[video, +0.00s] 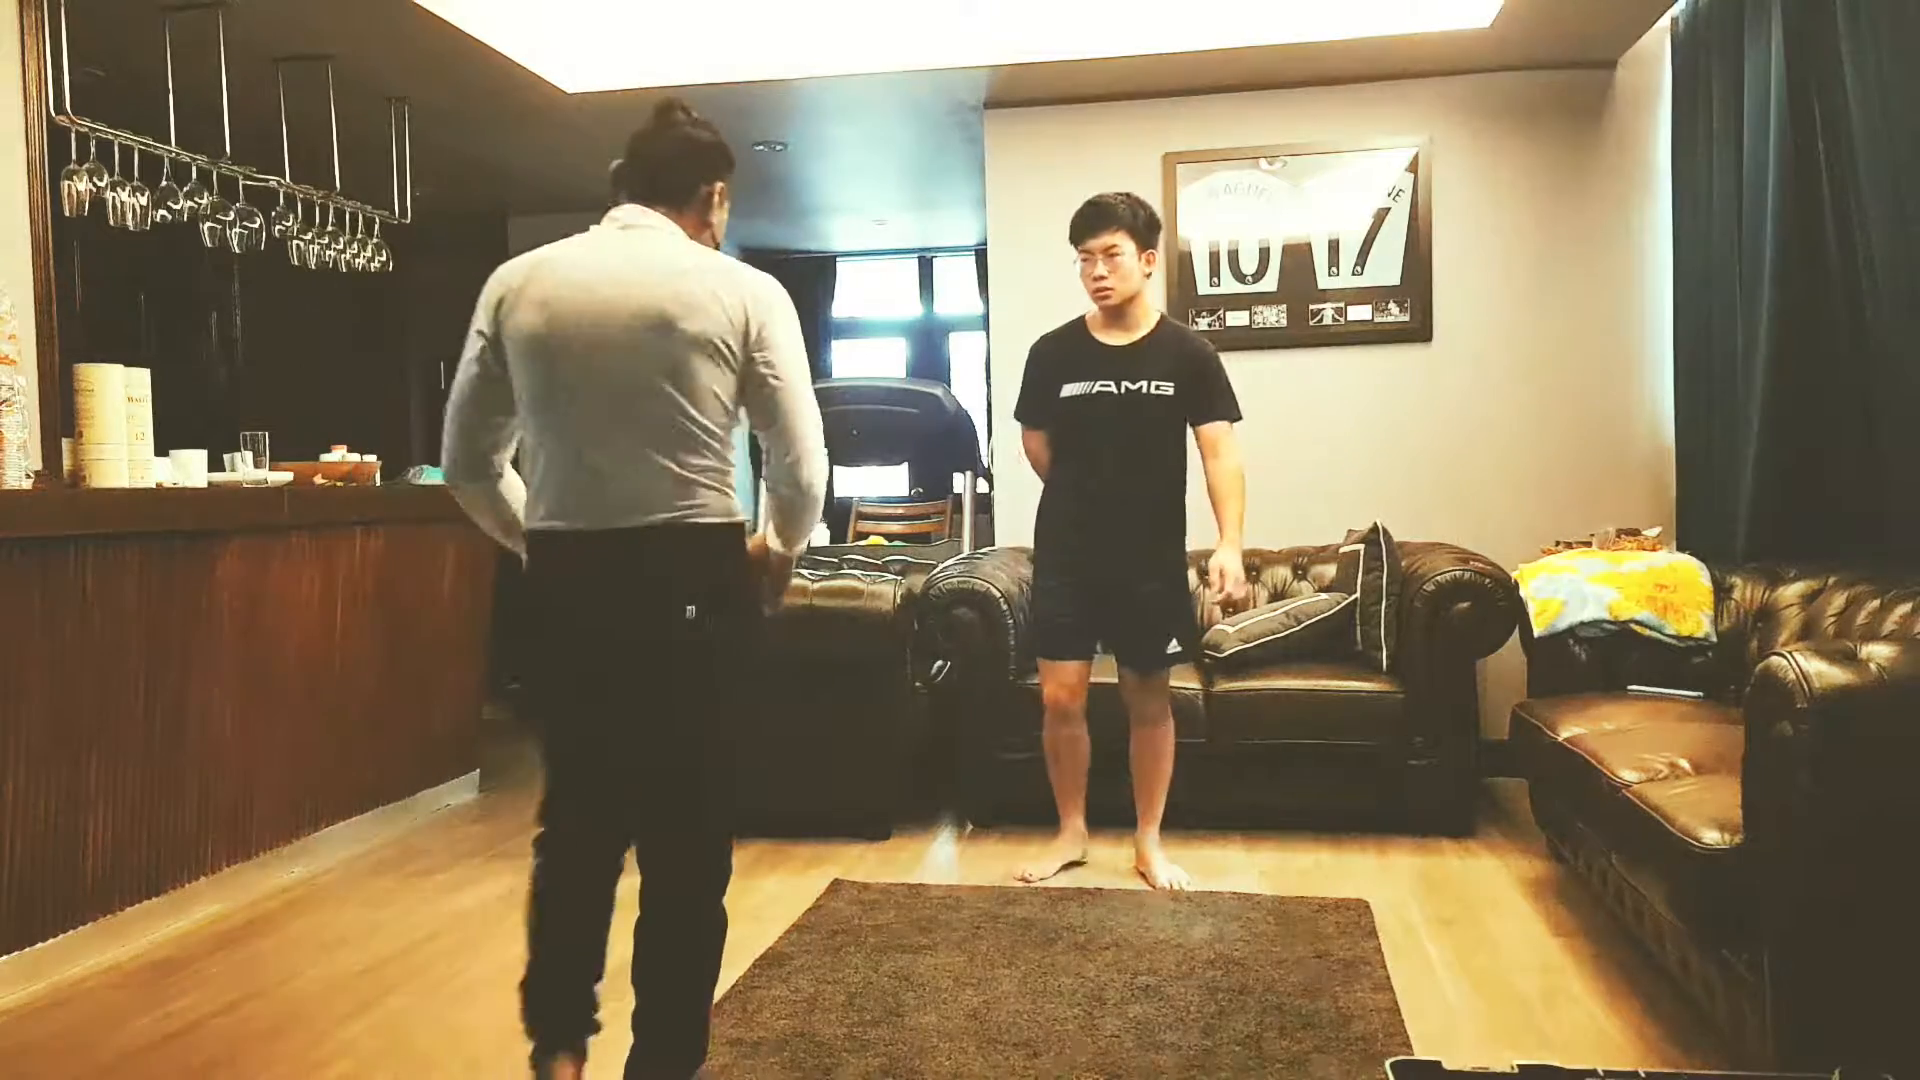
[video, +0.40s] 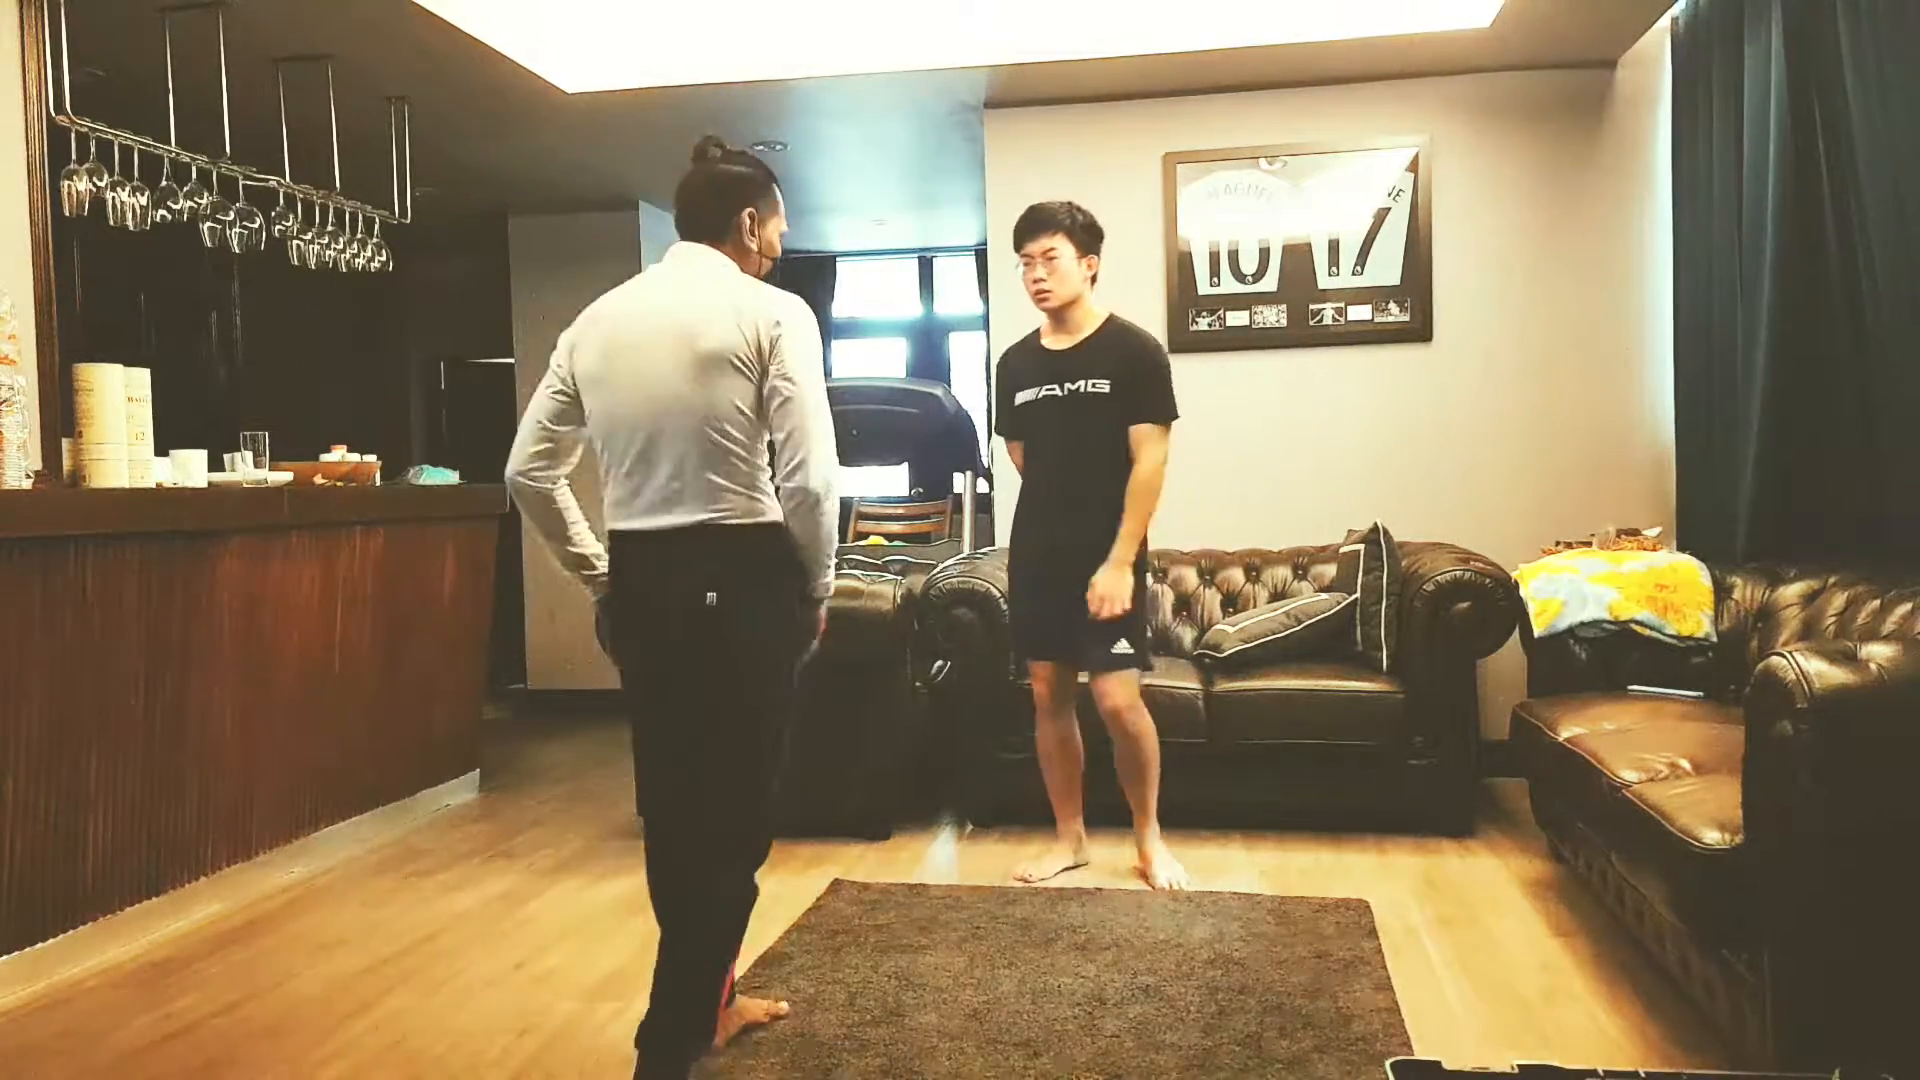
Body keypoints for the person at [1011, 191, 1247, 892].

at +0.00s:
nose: (1096, 271)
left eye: (1111, 255)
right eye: (1086, 258)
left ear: (1149, 259)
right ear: (1076, 265)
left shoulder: (1187, 355)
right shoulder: (1052, 353)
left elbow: (1220, 452)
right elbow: (1037, 446)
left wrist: (1229, 543)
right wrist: (1085, 490)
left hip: (1149, 555)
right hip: (1067, 555)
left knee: (1149, 704)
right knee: (1061, 698)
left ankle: (1148, 841)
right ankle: (1071, 835)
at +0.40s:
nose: (1035, 274)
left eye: (1049, 259)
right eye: (1026, 263)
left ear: (1090, 262)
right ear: (1022, 272)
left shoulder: (1135, 352)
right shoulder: (1015, 363)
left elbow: (1149, 464)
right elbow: (1022, 457)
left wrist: (1121, 561)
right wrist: (1073, 496)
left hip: (1108, 548)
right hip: (1038, 548)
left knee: (1118, 700)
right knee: (1048, 692)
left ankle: (1149, 842)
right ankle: (1070, 843)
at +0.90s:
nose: (995, 280)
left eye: (1010, 266)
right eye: (987, 269)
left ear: (1049, 270)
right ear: (982, 277)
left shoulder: (1086, 346)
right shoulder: (995, 368)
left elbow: (1098, 456)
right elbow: (996, 472)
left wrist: (1076, 557)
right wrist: (989, 565)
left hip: (1079, 550)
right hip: (1018, 551)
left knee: (1088, 701)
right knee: (1041, 698)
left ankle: (1124, 862)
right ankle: (1070, 842)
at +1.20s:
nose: (988, 278)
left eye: (1002, 264)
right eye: (979, 267)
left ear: (1041, 269)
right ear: (974, 276)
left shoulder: (1084, 346)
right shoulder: (985, 372)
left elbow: (1113, 447)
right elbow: (986, 467)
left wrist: (1062, 502)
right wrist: (969, 542)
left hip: (1076, 555)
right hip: (1012, 556)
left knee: (1084, 701)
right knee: (1038, 699)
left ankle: (1123, 859)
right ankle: (1070, 842)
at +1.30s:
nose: (987, 277)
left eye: (1002, 263)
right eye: (979, 266)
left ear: (1041, 267)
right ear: (975, 275)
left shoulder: (1087, 346)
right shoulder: (983, 370)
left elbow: (1111, 440)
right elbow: (985, 457)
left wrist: (1070, 419)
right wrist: (970, 514)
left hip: (1078, 553)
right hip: (1012, 554)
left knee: (1082, 699)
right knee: (1036, 694)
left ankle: (1124, 858)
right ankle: (1069, 842)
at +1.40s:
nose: (987, 275)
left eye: (1002, 261)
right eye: (980, 263)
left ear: (1043, 265)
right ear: (977, 273)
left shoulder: (1082, 340)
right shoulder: (984, 366)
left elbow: (1077, 429)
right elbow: (976, 453)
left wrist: (1070, 331)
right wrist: (972, 463)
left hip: (1075, 542)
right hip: (1013, 546)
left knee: (1076, 696)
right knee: (1037, 696)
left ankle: (1123, 853)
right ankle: (1069, 841)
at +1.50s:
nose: (983, 273)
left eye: (995, 259)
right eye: (980, 261)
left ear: (1041, 262)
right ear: (1002, 269)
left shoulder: (1083, 327)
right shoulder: (1000, 349)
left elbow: (1059, 381)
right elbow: (955, 447)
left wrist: (997, 301)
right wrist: (945, 394)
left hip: (1078, 537)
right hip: (1020, 537)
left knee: (1069, 696)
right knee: (1035, 694)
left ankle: (1126, 847)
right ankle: (1070, 838)